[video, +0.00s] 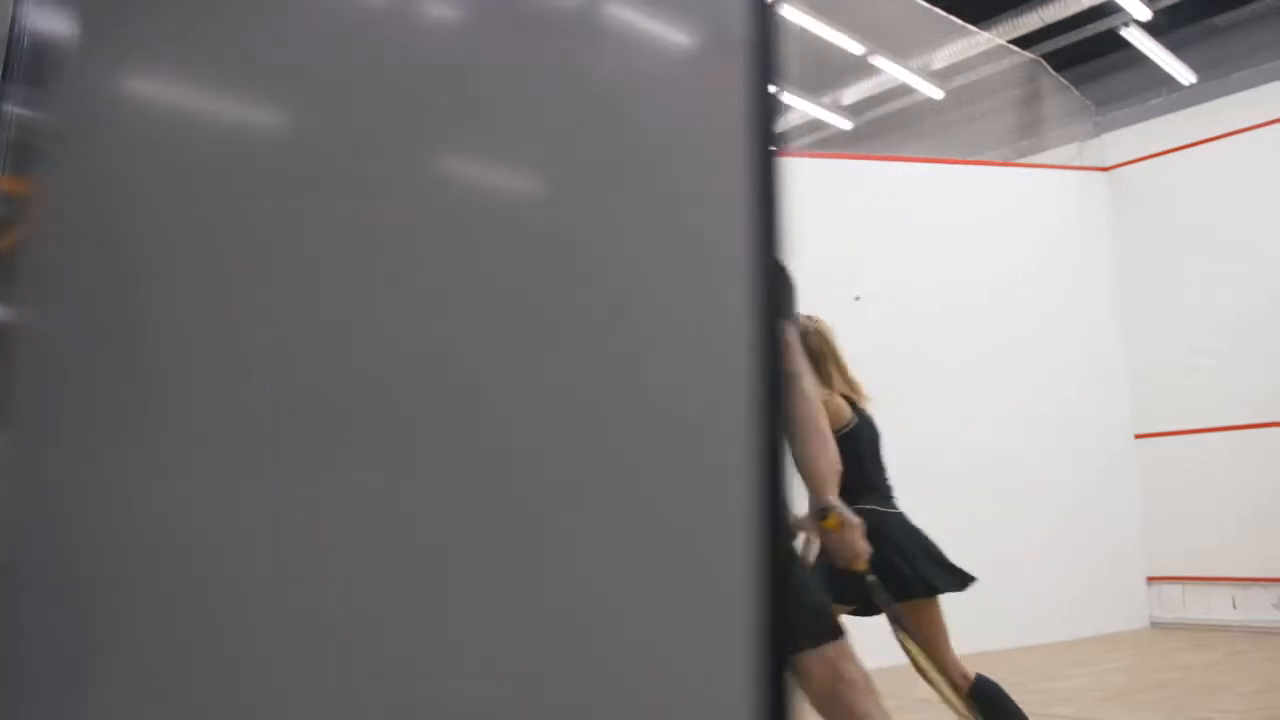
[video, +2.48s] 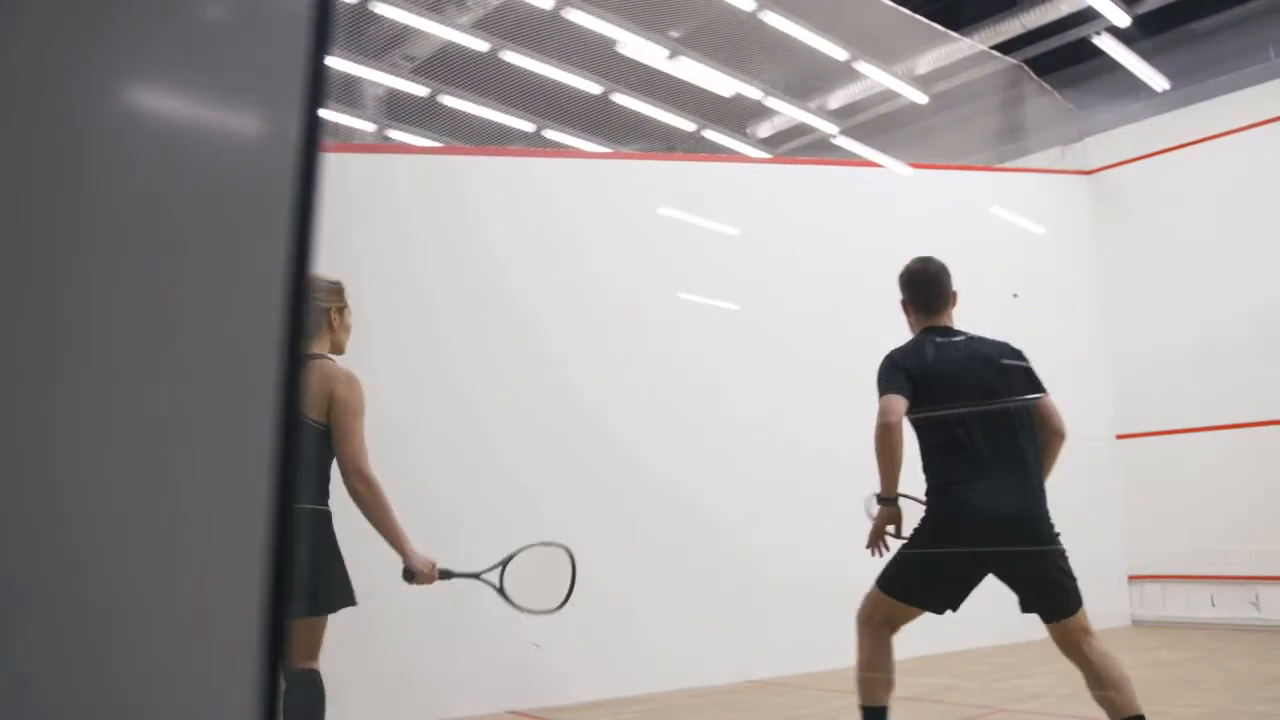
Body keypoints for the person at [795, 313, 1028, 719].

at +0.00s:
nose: (785, 370)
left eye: (789, 359)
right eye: (786, 361)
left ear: (802, 358)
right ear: (828, 353)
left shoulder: (823, 405)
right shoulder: (849, 403)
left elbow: (826, 480)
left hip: (858, 535)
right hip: (890, 532)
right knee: (947, 671)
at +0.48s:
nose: (824, 183)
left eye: (822, 174)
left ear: (826, 176)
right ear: (891, 179)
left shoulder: (790, 253)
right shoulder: (934, 238)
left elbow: (739, 333)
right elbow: (992, 334)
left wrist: (748, 443)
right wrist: (1025, 450)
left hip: (816, 481)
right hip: (912, 479)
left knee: (835, 655)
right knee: (970, 664)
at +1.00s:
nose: (909, 231)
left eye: (911, 214)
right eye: (908, 216)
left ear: (933, 207)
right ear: (974, 212)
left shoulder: (900, 281)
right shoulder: (1034, 268)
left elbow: (844, 354)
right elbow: (1108, 365)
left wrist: (850, 457)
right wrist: (1119, 467)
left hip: (933, 485)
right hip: (1018, 477)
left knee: (1034, 657)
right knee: (1016, 671)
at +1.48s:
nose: (958, 251)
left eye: (959, 236)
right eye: (957, 238)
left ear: (978, 233)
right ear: (1019, 235)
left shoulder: (950, 303)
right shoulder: (1075, 291)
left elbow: (896, 375)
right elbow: (1135, 374)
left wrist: (910, 459)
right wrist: (1152, 470)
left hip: (992, 498)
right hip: (1072, 487)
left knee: (1069, 645)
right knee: (1142, 637)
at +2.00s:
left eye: (974, 265)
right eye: (1024, 260)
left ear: (973, 268)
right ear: (1028, 265)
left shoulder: (955, 328)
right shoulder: (1078, 323)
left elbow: (920, 393)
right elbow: (1130, 397)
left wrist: (932, 455)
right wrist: (1131, 483)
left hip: (999, 515)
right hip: (1075, 508)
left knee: (1002, 638)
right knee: (1124, 635)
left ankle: (1044, 713)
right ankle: (1163, 716)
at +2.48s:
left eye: (904, 303)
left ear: (904, 306)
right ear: (954, 301)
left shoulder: (902, 362)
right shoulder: (1005, 353)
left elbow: (890, 422)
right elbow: (1054, 430)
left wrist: (888, 501)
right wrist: (1025, 489)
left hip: (955, 528)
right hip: (1026, 525)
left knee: (874, 621)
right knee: (1083, 642)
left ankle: (874, 716)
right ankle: (1135, 716)